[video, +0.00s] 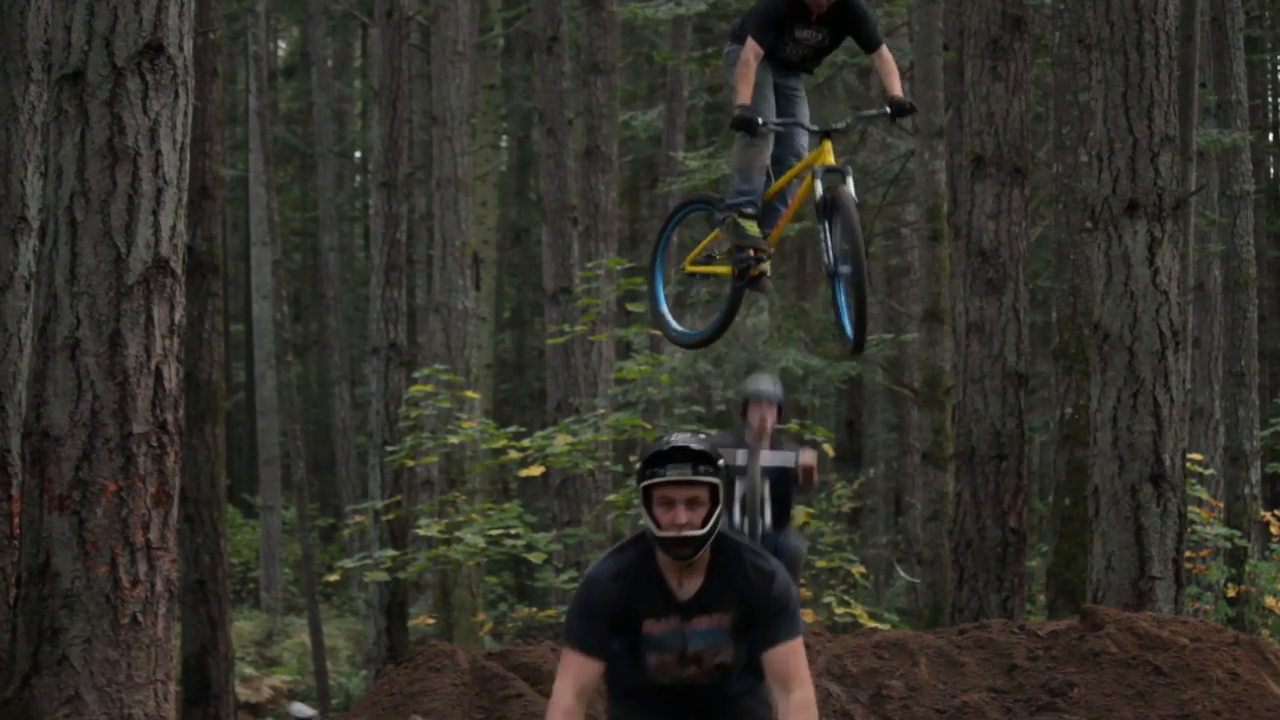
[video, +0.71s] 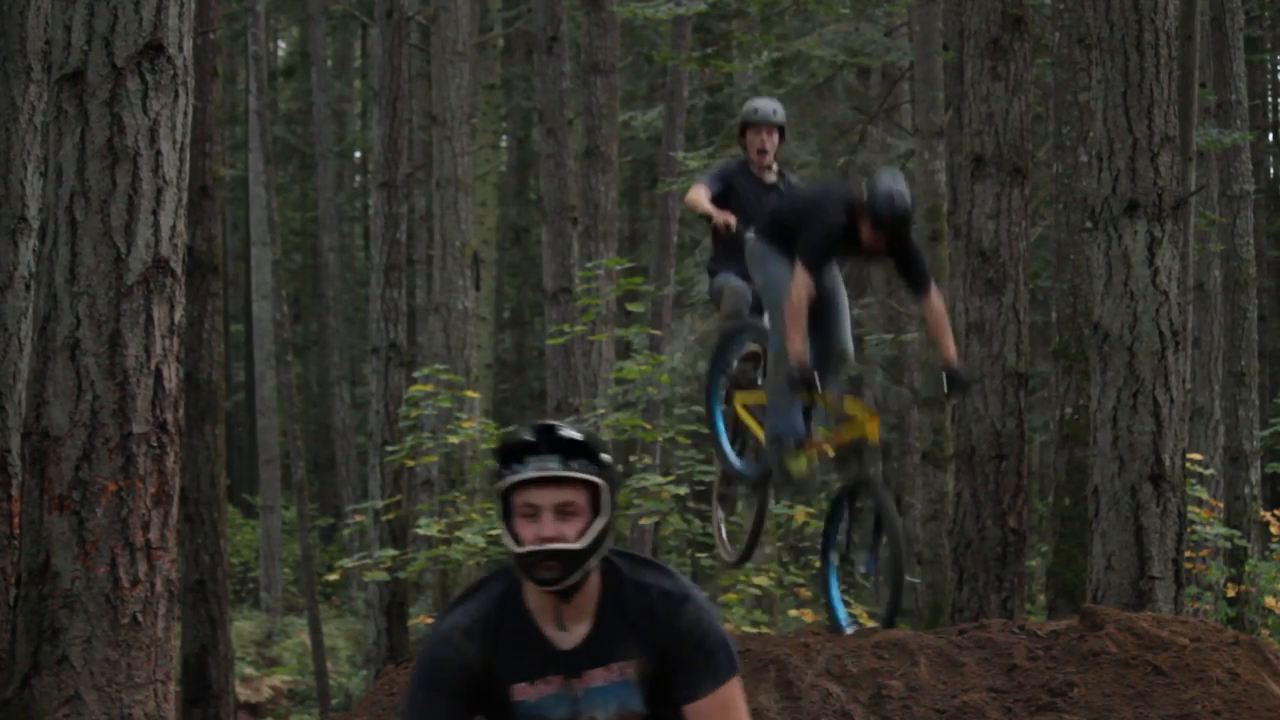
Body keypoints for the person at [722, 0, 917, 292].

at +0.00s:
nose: (820, 1)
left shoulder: (849, 10)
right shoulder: (779, 5)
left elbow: (880, 52)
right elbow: (749, 54)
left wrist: (896, 95)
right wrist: (743, 106)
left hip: (791, 73)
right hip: (753, 60)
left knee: (795, 156)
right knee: (759, 126)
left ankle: (758, 248)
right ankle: (742, 213)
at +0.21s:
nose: (839, 35)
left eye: (847, 29)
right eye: (833, 26)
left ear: (856, 27)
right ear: (819, 18)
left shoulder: (862, 38)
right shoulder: (792, 27)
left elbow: (893, 85)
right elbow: (762, 86)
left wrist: (911, 135)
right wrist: (753, 144)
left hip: (797, 101)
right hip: (757, 89)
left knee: (813, 179)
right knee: (770, 161)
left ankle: (777, 255)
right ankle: (751, 250)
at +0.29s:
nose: (843, 50)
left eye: (851, 44)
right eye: (838, 41)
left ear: (861, 41)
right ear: (825, 32)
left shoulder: (866, 53)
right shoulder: (798, 42)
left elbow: (898, 102)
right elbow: (767, 102)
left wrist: (916, 156)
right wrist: (757, 163)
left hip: (799, 114)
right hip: (758, 101)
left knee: (818, 194)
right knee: (775, 179)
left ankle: (778, 266)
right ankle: (754, 270)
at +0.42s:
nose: (856, 96)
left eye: (864, 90)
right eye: (851, 86)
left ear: (876, 87)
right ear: (839, 75)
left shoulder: (877, 100)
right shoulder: (809, 84)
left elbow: (909, 150)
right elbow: (777, 146)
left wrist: (928, 210)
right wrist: (766, 212)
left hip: (806, 155)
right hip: (761, 140)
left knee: (831, 239)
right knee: (781, 223)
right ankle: (762, 314)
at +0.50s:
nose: (863, 126)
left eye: (871, 120)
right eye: (859, 116)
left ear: (883, 115)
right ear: (846, 103)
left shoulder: (882, 126)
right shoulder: (815, 111)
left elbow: (914, 179)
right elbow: (782, 176)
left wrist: (934, 242)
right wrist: (773, 243)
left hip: (809, 177)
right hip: (763, 162)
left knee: (836, 261)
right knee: (783, 248)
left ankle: (823, 332)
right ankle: (765, 340)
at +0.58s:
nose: (868, 159)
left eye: (877, 153)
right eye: (864, 149)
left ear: (888, 148)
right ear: (852, 136)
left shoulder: (887, 161)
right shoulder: (819, 145)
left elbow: (920, 215)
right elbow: (786, 209)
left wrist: (940, 279)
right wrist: (779, 277)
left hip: (811, 199)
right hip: (765, 187)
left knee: (838, 287)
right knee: (785, 278)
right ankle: (770, 369)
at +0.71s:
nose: (877, 241)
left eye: (887, 234)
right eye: (874, 230)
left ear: (900, 228)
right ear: (862, 214)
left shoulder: (896, 233)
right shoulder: (830, 217)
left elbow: (928, 294)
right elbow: (800, 285)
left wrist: (951, 362)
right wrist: (798, 358)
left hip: (819, 257)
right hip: (771, 248)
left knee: (839, 351)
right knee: (786, 341)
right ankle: (786, 439)